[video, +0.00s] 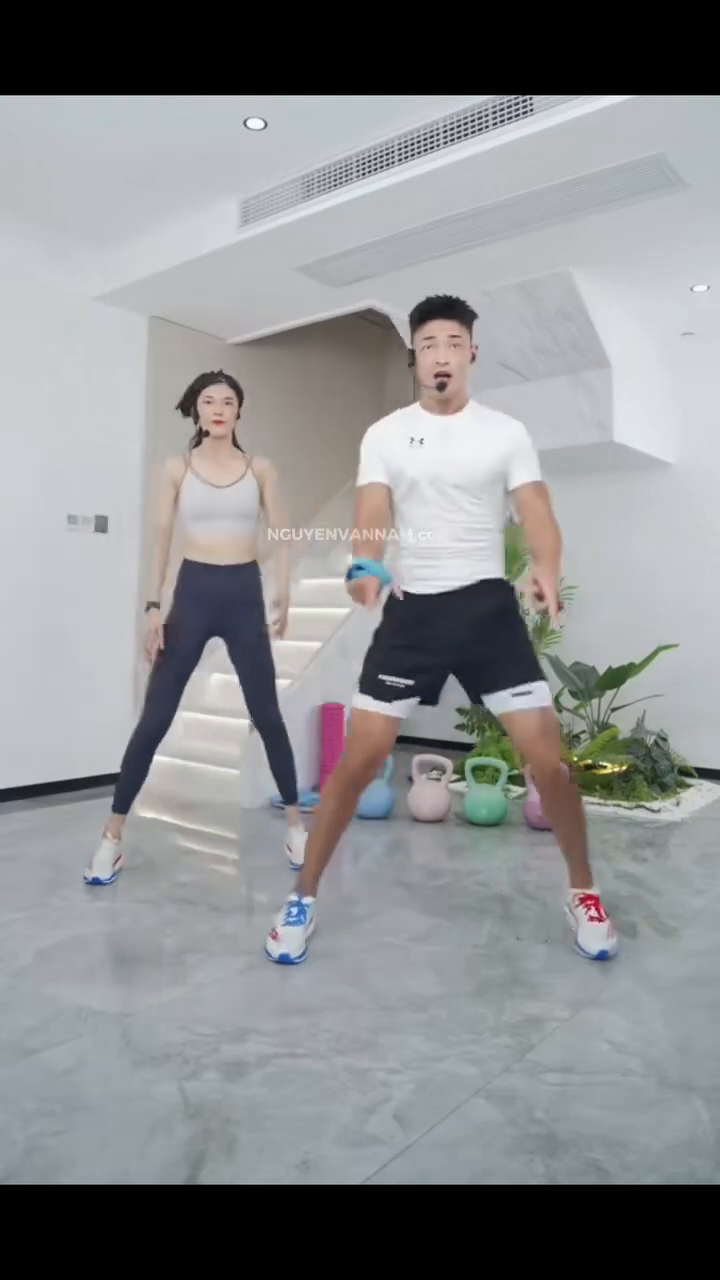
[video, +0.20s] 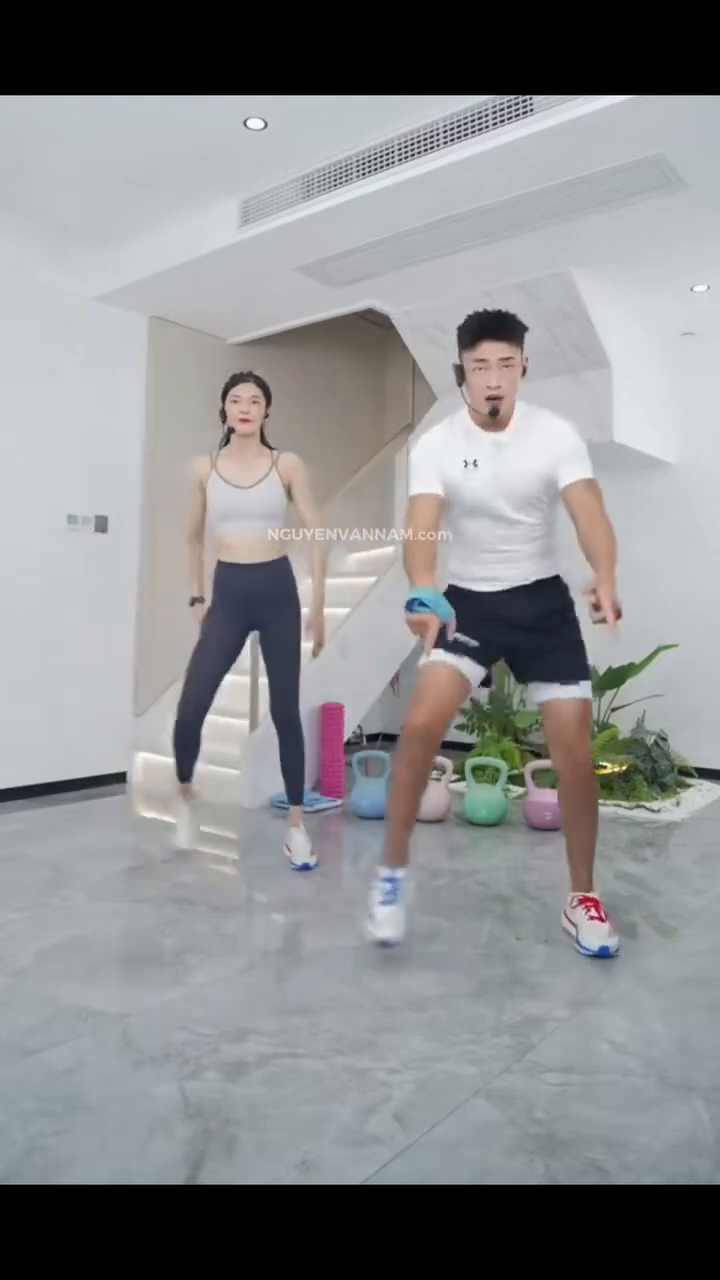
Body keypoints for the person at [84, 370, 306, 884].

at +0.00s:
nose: (219, 410)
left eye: (227, 403)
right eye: (210, 403)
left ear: (239, 412)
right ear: (196, 411)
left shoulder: (260, 470)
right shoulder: (177, 467)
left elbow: (280, 536)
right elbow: (163, 538)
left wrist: (283, 599)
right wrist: (155, 606)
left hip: (245, 597)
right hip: (189, 596)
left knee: (266, 715)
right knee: (155, 719)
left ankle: (296, 825)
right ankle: (113, 833)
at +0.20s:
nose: (245, 408)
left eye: (254, 401)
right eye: (237, 401)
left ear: (266, 411)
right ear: (224, 410)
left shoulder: (287, 465)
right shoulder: (206, 468)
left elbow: (315, 534)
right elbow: (195, 537)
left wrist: (317, 607)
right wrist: (198, 598)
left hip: (280, 596)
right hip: (228, 597)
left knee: (286, 712)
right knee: (190, 709)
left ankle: (296, 821)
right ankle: (185, 798)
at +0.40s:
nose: (253, 403)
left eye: (262, 397)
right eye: (245, 396)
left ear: (275, 407)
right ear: (232, 405)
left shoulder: (295, 462)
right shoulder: (212, 462)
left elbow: (328, 528)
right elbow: (202, 523)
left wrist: (306, 585)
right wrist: (220, 566)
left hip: (279, 585)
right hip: (229, 586)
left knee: (286, 711)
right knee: (247, 715)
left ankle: (297, 818)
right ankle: (268, 816)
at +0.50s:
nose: (253, 410)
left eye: (262, 403)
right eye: (245, 403)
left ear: (276, 414)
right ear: (233, 413)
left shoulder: (295, 469)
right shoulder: (215, 470)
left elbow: (328, 528)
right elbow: (196, 524)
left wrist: (299, 577)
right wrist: (221, 566)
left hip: (280, 593)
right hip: (232, 594)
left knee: (290, 716)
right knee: (201, 713)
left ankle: (298, 823)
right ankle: (243, 811)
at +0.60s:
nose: (249, 412)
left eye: (258, 405)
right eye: (241, 404)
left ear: (271, 416)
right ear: (228, 414)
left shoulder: (290, 470)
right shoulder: (209, 470)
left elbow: (327, 528)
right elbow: (195, 526)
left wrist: (293, 578)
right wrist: (221, 567)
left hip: (274, 599)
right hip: (224, 598)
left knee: (287, 715)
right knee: (164, 701)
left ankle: (297, 824)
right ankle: (190, 804)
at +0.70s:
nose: (236, 402)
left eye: (245, 395)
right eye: (228, 395)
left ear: (259, 406)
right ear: (216, 404)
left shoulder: (277, 460)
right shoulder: (197, 460)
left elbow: (314, 514)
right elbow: (173, 511)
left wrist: (279, 560)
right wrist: (199, 553)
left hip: (259, 588)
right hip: (208, 586)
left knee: (276, 708)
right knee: (153, 700)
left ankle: (296, 822)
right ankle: (133, 810)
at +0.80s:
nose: (220, 406)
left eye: (229, 399)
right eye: (212, 398)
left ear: (243, 409)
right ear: (200, 408)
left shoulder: (260, 465)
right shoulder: (179, 461)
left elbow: (299, 518)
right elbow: (142, 502)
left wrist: (262, 557)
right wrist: (169, 544)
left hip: (239, 592)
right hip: (188, 591)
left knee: (262, 711)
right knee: (144, 710)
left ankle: (296, 820)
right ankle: (95, 820)